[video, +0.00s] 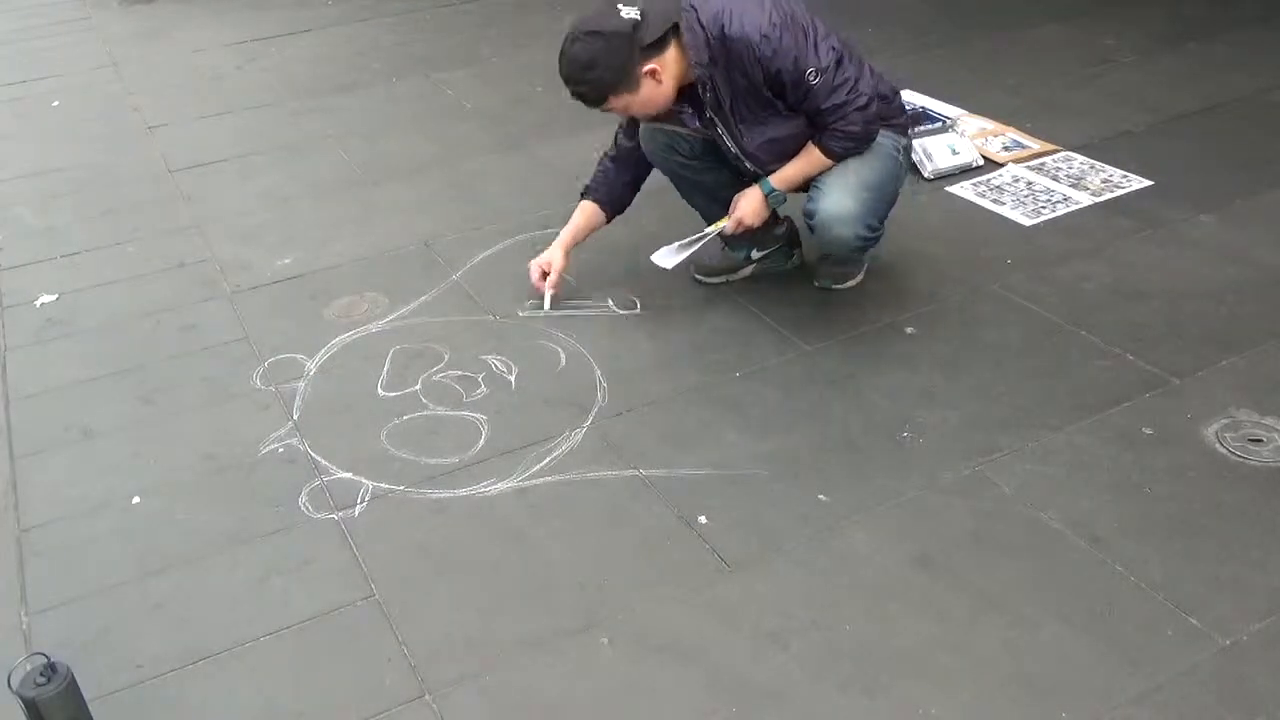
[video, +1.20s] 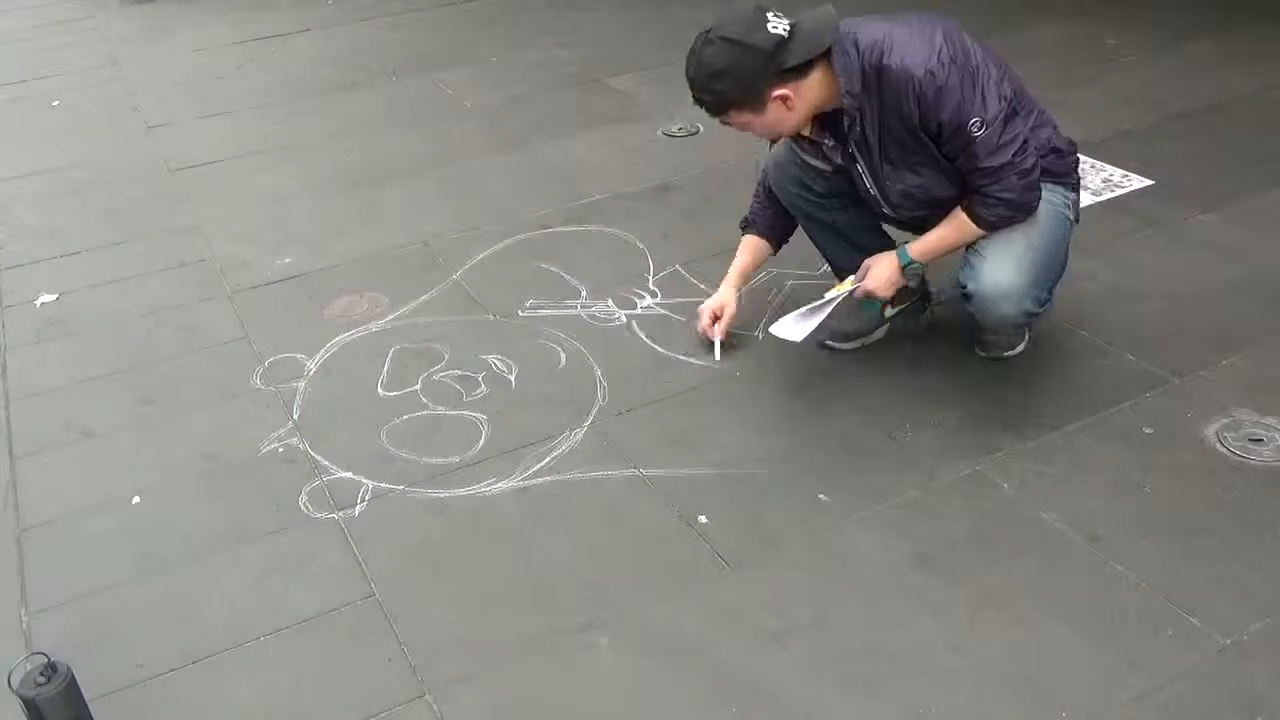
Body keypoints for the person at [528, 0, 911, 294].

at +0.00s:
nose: (623, 117)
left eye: (620, 106)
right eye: (614, 111)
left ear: (653, 75)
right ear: (650, 70)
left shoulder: (763, 34)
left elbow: (859, 118)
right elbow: (624, 157)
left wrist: (770, 191)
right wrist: (563, 243)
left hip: (861, 133)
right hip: (776, 145)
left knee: (837, 221)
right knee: (660, 138)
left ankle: (840, 255)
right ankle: (763, 240)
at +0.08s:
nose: (676, 98)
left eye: (675, 87)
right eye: (668, 92)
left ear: (708, 48)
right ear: (708, 45)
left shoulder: (822, 31)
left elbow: (895, 130)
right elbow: (670, 158)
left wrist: (801, 185)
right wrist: (626, 253)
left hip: (880, 146)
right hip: (795, 150)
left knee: (872, 229)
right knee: (690, 124)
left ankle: (843, 237)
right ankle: (769, 238)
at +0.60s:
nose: (691, 124)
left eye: (686, 114)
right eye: (682, 117)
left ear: (719, 86)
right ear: (717, 80)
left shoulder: (841, 48)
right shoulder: (736, 65)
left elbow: (944, 129)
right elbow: (718, 162)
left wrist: (842, 186)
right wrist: (675, 236)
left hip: (925, 151)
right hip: (838, 153)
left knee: (895, 219)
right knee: (730, 146)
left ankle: (872, 256)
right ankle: (822, 232)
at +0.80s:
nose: (780, 122)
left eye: (771, 111)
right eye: (767, 115)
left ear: (800, 72)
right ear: (799, 68)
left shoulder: (928, 57)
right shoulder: (828, 60)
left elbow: (1000, 189)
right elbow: (821, 173)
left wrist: (898, 244)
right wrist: (794, 254)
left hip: (1027, 188)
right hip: (932, 180)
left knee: (960, 298)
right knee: (808, 141)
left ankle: (965, 317)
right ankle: (892, 274)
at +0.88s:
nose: (789, 122)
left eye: (778, 111)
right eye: (775, 115)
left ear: (808, 72)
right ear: (806, 68)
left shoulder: (932, 66)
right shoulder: (843, 50)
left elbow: (1007, 199)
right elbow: (852, 149)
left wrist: (905, 252)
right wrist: (813, 222)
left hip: (1035, 194)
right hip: (947, 175)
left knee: (959, 314)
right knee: (817, 136)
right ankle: (893, 276)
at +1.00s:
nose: (794, 82)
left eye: (785, 73)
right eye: (782, 76)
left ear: (812, 52)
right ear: (816, 47)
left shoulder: (937, 40)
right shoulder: (865, 36)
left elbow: (985, 191)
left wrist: (901, 264)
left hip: (1051, 203)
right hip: (974, 175)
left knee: (927, 324)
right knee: (840, 110)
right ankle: (881, 268)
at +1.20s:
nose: (749, 135)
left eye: (745, 124)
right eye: (738, 126)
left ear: (782, 98)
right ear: (781, 94)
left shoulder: (928, 69)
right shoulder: (809, 100)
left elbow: (1010, 196)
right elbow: (777, 193)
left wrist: (904, 260)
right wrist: (731, 284)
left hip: (1027, 185)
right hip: (925, 191)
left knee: (1000, 293)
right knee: (790, 167)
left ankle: (1001, 320)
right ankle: (895, 293)